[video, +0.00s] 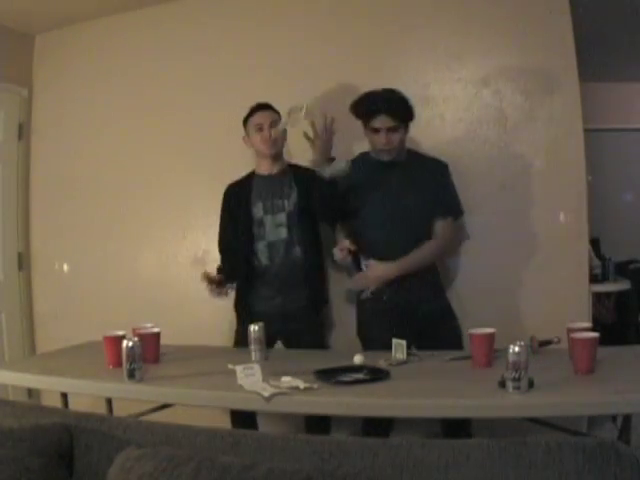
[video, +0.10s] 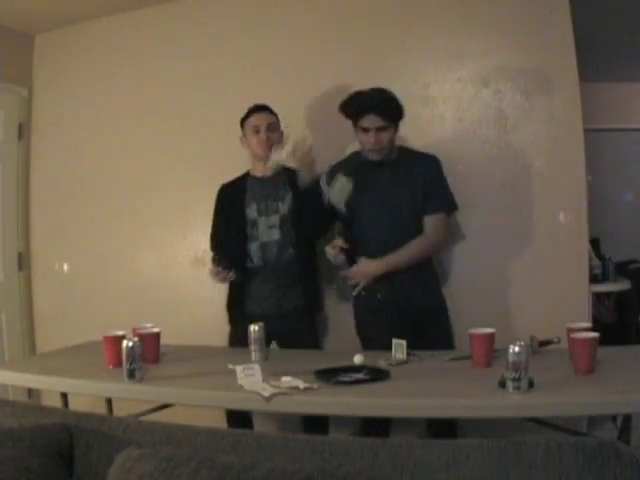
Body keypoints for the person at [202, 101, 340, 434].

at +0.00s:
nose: (269, 133)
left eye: (274, 126)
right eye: (259, 129)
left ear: (284, 134)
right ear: (247, 139)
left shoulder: (311, 182)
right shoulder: (236, 193)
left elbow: (334, 220)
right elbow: (232, 250)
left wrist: (325, 164)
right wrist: (224, 275)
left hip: (303, 305)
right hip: (255, 308)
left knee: (314, 389)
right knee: (241, 389)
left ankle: (318, 462)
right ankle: (246, 461)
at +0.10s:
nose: (265, 136)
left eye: (272, 128)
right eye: (256, 130)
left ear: (281, 135)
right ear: (244, 140)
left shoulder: (302, 184)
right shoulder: (230, 193)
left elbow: (319, 230)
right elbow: (223, 247)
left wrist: (308, 179)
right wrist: (223, 266)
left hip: (297, 307)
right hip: (248, 310)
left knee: (309, 389)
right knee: (237, 392)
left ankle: (316, 462)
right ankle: (242, 462)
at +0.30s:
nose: (257, 154)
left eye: (263, 146)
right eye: (249, 147)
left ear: (270, 147)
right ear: (233, 148)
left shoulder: (287, 192)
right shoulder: (213, 195)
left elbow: (300, 251)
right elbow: (205, 257)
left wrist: (276, 271)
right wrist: (223, 268)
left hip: (283, 311)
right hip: (235, 313)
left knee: (297, 392)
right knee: (231, 396)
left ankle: (309, 463)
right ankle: (239, 461)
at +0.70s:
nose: (265, 180)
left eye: (271, 171)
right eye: (257, 174)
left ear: (277, 160)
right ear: (236, 165)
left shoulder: (294, 196)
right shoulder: (216, 198)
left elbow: (309, 250)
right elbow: (214, 255)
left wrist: (313, 290)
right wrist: (234, 281)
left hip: (287, 303)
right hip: (240, 306)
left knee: (293, 383)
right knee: (238, 383)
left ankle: (299, 455)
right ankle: (242, 454)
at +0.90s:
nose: (288, 195)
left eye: (295, 185)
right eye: (279, 187)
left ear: (301, 172)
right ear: (258, 173)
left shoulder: (309, 206)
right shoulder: (232, 197)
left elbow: (340, 266)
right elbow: (221, 249)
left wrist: (371, 320)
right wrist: (236, 281)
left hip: (294, 318)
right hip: (245, 317)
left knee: (298, 400)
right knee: (236, 397)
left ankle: (302, 469)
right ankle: (239, 466)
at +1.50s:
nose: (271, 174)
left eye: (276, 165)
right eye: (262, 166)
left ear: (282, 158)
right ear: (241, 160)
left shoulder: (298, 198)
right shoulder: (221, 195)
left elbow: (319, 253)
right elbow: (216, 243)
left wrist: (343, 289)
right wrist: (222, 278)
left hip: (286, 313)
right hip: (237, 312)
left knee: (295, 393)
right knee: (223, 391)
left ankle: (301, 462)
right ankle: (228, 462)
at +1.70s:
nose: (247, 159)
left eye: (252, 150)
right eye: (239, 151)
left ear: (258, 150)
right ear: (219, 150)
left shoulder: (274, 192)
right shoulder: (200, 198)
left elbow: (299, 253)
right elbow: (191, 253)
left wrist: (319, 308)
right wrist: (199, 284)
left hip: (269, 311)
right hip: (220, 313)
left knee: (285, 391)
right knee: (209, 392)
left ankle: (296, 461)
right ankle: (225, 456)